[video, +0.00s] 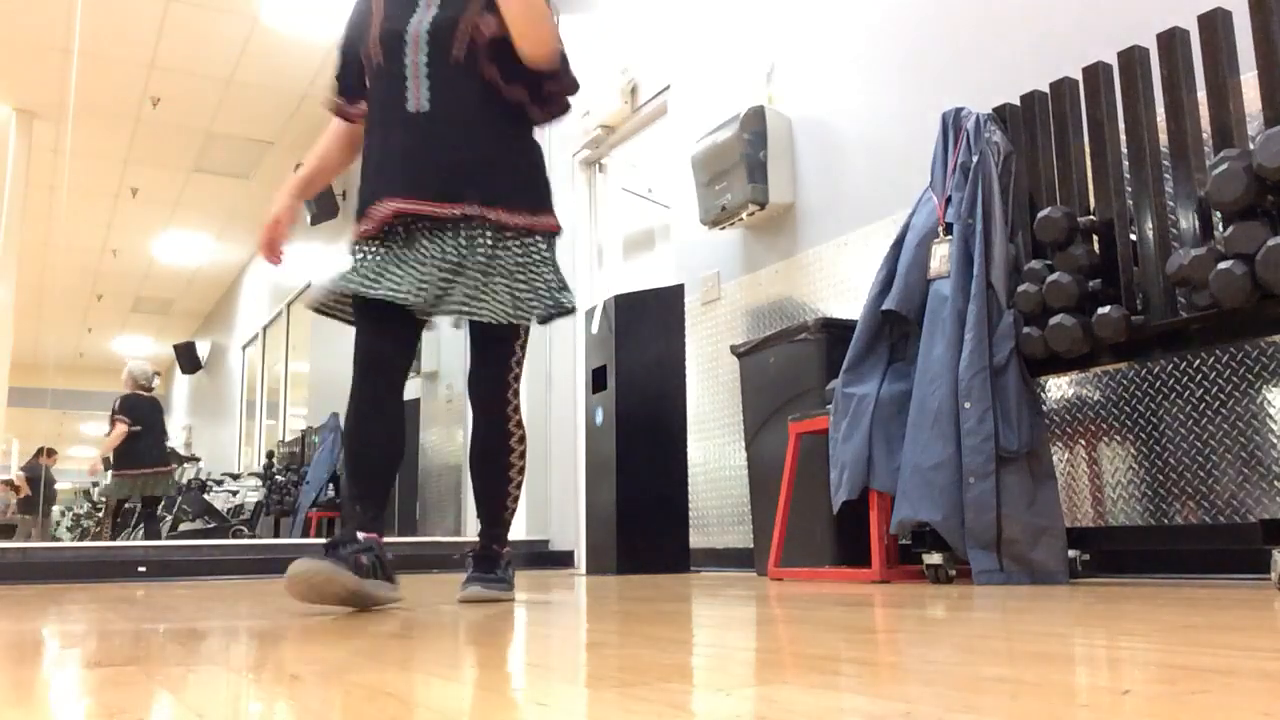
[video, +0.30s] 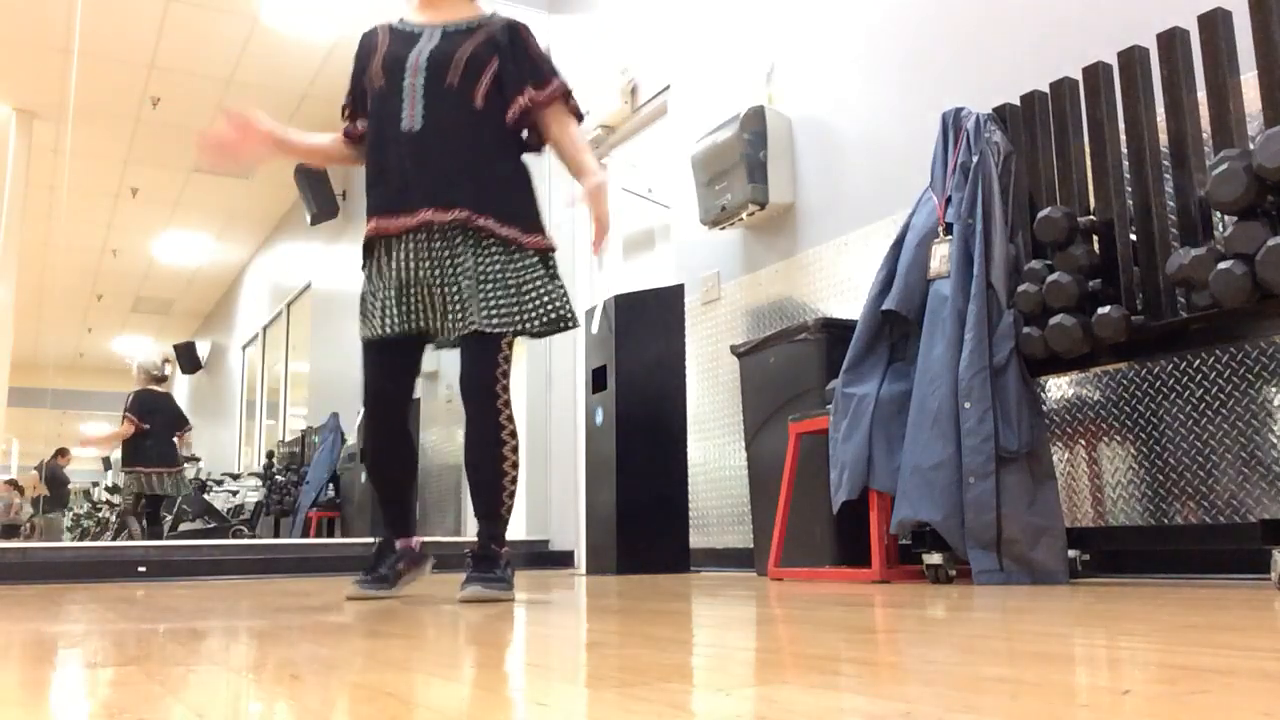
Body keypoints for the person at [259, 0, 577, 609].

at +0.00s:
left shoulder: (509, 5)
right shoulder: (372, 9)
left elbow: (544, 59)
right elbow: (352, 118)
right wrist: (293, 192)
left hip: (502, 207)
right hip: (400, 209)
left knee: (494, 389)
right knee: (374, 372)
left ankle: (491, 554)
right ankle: (364, 545)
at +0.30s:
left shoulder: (504, 34)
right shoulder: (379, 42)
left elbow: (552, 116)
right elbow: (356, 146)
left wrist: (591, 174)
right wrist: (277, 138)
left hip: (487, 233)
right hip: (398, 236)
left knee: (485, 390)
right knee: (383, 395)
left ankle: (490, 554)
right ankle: (400, 540)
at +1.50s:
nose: (488, 27)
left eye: (504, 20)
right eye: (481, 23)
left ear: (534, 41)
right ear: (475, 47)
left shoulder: (559, 110)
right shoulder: (455, 120)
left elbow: (600, 188)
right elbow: (436, 213)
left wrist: (537, 156)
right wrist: (424, 286)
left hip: (538, 278)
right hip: (465, 280)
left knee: (538, 415)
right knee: (421, 398)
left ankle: (546, 551)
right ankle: (422, 537)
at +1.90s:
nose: (465, 40)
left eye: (480, 32)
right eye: (459, 36)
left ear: (511, 53)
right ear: (454, 60)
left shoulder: (528, 120)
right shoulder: (431, 126)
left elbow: (536, 192)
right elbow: (397, 202)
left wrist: (441, 178)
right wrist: (360, 244)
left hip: (490, 288)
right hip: (419, 285)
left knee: (484, 414)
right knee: (410, 420)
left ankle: (531, 543)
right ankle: (415, 553)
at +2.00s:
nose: (463, 40)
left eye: (477, 32)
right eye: (457, 36)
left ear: (509, 52)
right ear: (454, 60)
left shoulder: (528, 118)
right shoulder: (433, 126)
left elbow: (530, 192)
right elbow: (398, 204)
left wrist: (456, 220)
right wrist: (363, 238)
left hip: (494, 290)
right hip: (423, 288)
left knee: (482, 417)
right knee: (414, 422)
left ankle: (514, 549)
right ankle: (415, 553)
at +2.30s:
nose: (468, 42)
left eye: (482, 34)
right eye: (462, 38)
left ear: (513, 56)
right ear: (458, 63)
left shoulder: (537, 118)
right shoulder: (441, 136)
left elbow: (582, 197)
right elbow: (434, 227)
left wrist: (609, 277)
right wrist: (411, 214)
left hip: (519, 290)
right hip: (453, 294)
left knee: (509, 419)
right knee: (417, 412)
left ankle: (517, 551)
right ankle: (437, 539)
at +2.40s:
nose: (470, 48)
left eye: (485, 42)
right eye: (464, 45)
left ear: (513, 65)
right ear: (459, 70)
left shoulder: (541, 127)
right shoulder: (440, 139)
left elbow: (589, 193)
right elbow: (409, 224)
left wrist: (633, 248)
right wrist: (407, 184)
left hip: (520, 291)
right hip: (452, 294)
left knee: (511, 420)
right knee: (440, 425)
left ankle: (520, 550)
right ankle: (475, 543)